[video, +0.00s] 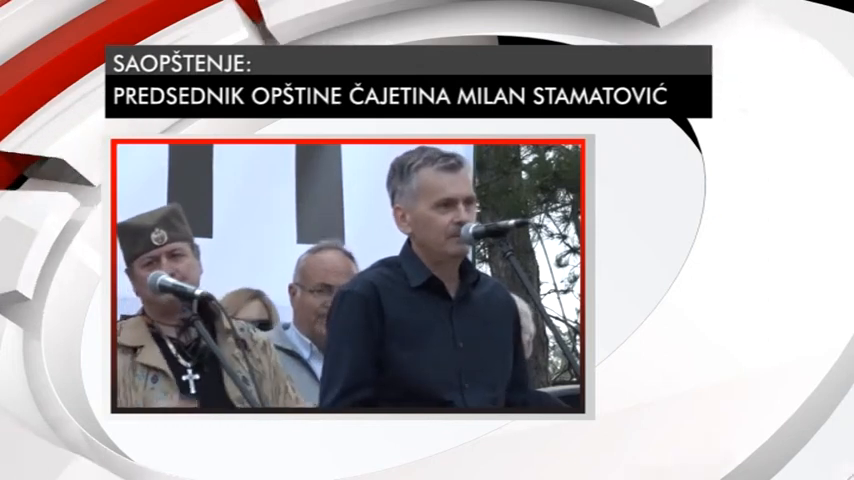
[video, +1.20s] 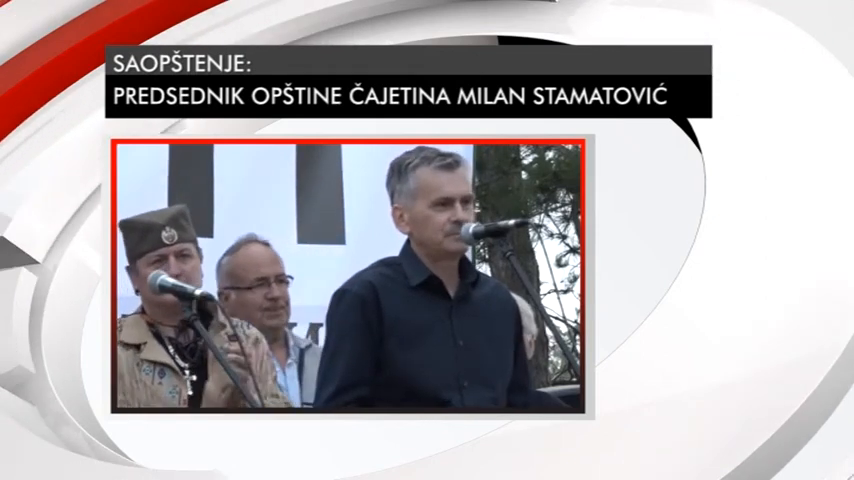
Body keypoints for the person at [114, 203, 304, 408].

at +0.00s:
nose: (167, 269)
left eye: (177, 255)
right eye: (150, 262)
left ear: (199, 266)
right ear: (133, 282)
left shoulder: (253, 344)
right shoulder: (116, 354)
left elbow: (295, 417)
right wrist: (164, 414)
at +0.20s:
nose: (167, 270)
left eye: (177, 256)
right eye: (151, 263)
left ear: (200, 267)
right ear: (133, 282)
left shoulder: (249, 341)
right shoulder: (116, 352)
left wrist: (282, 403)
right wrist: (175, 406)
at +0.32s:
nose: (164, 270)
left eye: (175, 257)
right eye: (148, 263)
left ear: (197, 267)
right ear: (130, 282)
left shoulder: (245, 339)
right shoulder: (115, 352)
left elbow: (279, 410)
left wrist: (246, 393)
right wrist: (207, 406)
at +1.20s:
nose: (174, 270)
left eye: (184, 256)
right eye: (158, 261)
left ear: (201, 265)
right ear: (134, 279)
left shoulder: (246, 338)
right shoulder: (116, 347)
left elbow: (283, 415)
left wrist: (255, 391)